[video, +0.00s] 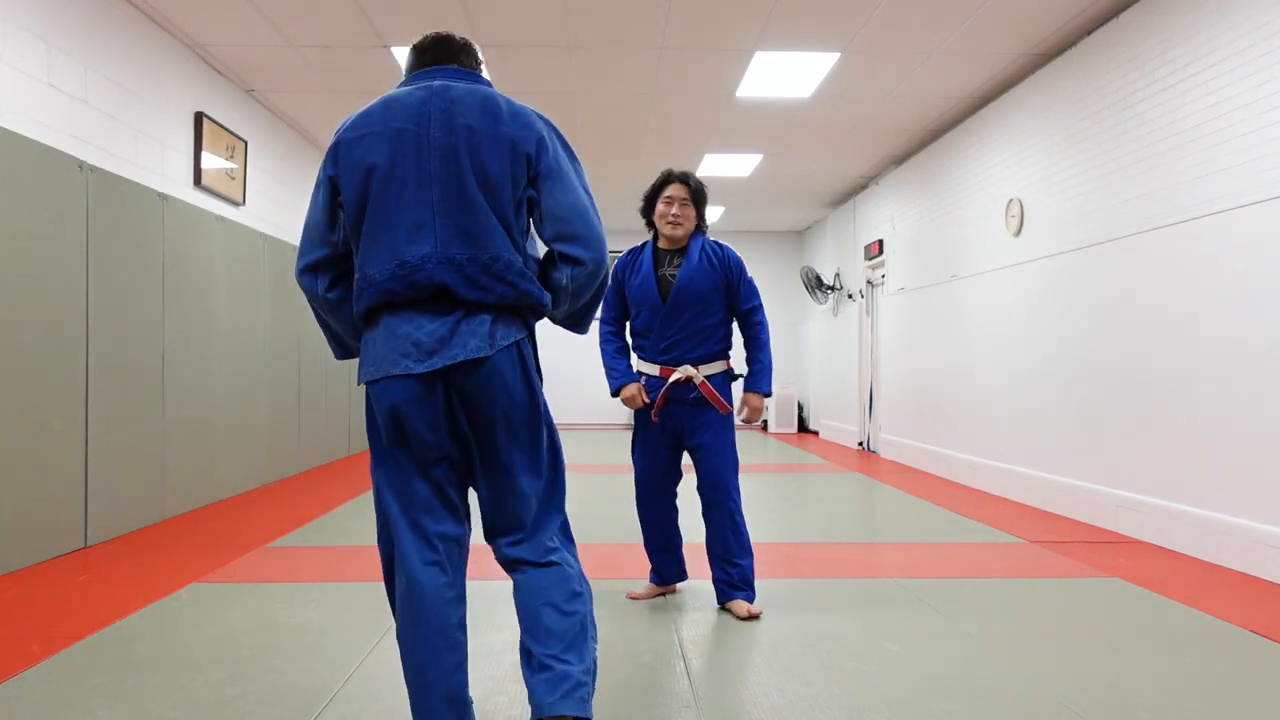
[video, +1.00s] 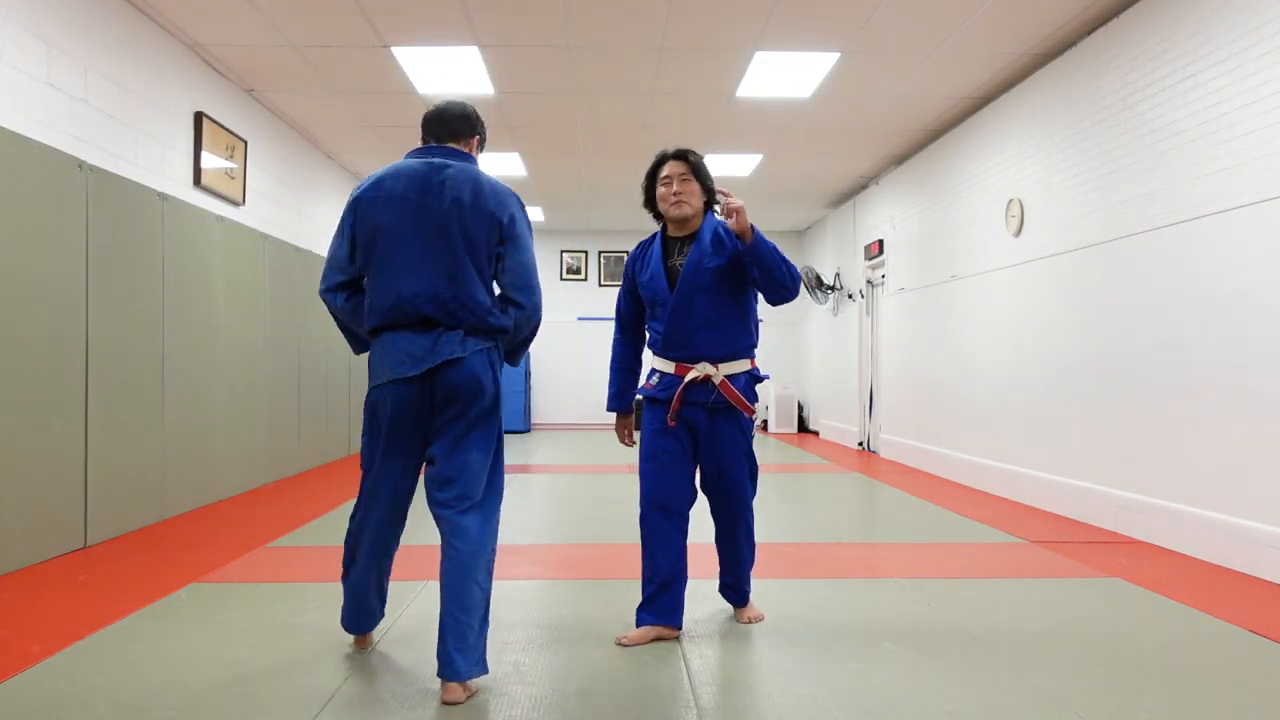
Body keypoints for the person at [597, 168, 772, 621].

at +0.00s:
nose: (674, 209)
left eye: (684, 203)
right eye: (666, 201)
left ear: (698, 214)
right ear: (651, 210)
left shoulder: (722, 260)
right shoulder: (629, 265)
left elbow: (754, 322)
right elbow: (611, 328)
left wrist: (758, 386)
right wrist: (622, 379)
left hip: (710, 390)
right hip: (653, 393)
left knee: (721, 492)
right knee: (652, 491)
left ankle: (736, 591)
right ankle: (666, 575)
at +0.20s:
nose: (709, 206)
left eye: (721, 201)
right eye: (702, 196)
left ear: (733, 213)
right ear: (686, 202)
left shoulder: (751, 262)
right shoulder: (654, 254)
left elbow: (782, 330)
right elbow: (626, 315)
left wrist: (797, 396)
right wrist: (623, 378)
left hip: (728, 392)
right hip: (667, 390)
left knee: (734, 495)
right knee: (658, 484)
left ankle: (739, 595)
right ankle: (665, 567)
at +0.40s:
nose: (735, 200)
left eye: (746, 194)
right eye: (728, 190)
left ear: (758, 208)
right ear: (709, 197)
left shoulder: (773, 263)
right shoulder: (674, 246)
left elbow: (803, 325)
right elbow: (640, 307)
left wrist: (800, 368)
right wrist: (625, 372)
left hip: (738, 391)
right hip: (677, 385)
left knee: (739, 496)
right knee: (653, 478)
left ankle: (739, 595)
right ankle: (653, 565)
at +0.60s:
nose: (741, 196)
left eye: (752, 191)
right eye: (734, 186)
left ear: (764, 205)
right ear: (715, 193)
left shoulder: (775, 255)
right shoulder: (680, 242)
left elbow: (805, 324)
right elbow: (646, 303)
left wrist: (783, 283)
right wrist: (637, 367)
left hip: (740, 390)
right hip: (680, 384)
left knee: (739, 498)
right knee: (662, 493)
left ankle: (738, 596)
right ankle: (647, 595)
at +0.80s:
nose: (715, 191)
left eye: (727, 185)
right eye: (707, 183)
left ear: (743, 199)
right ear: (693, 194)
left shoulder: (759, 248)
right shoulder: (668, 248)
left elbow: (803, 302)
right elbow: (645, 316)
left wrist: (772, 247)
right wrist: (635, 377)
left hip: (739, 388)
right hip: (678, 387)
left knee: (737, 500)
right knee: (667, 496)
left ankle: (738, 598)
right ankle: (660, 606)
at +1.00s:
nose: (675, 187)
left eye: (685, 179)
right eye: (665, 182)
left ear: (706, 190)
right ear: (653, 197)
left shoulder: (733, 240)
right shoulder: (643, 257)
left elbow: (786, 289)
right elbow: (628, 334)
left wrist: (748, 235)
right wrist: (623, 403)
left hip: (728, 389)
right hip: (665, 392)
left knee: (733, 501)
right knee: (660, 506)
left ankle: (739, 593)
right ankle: (661, 618)